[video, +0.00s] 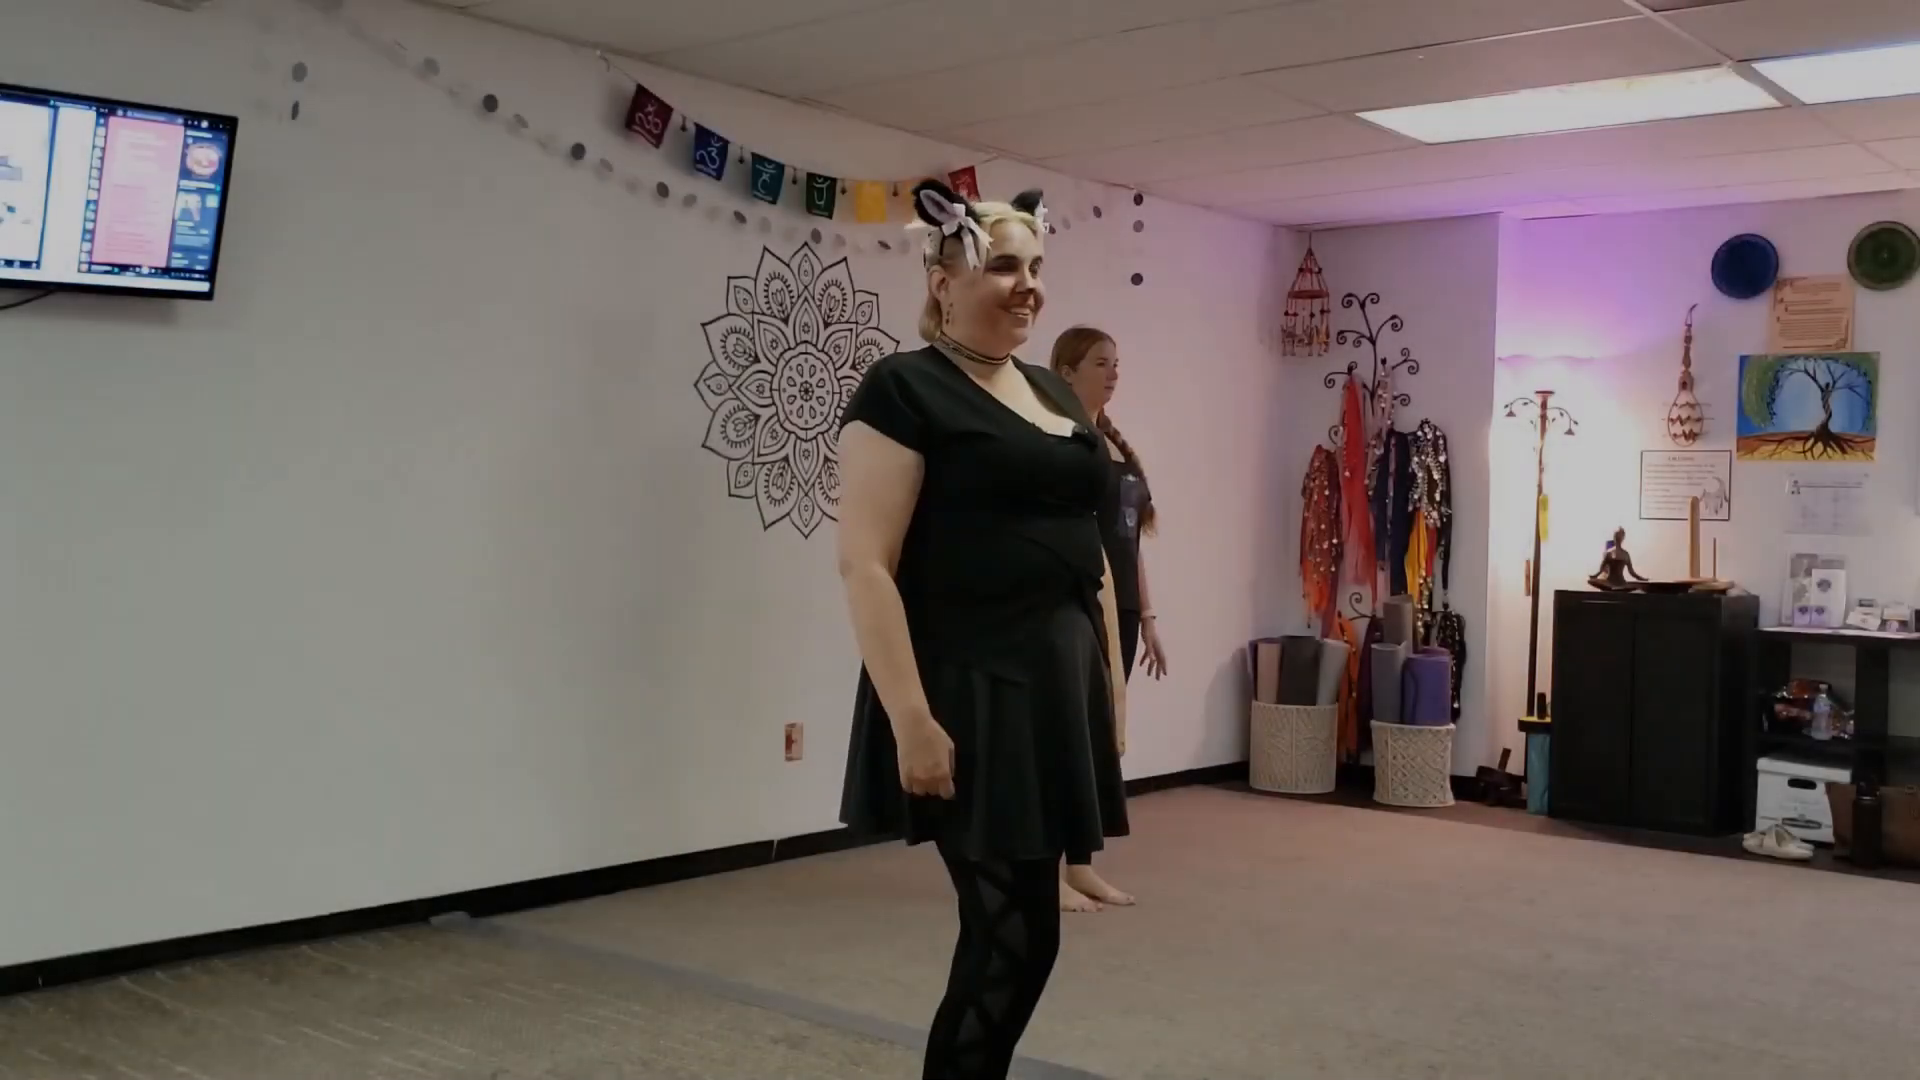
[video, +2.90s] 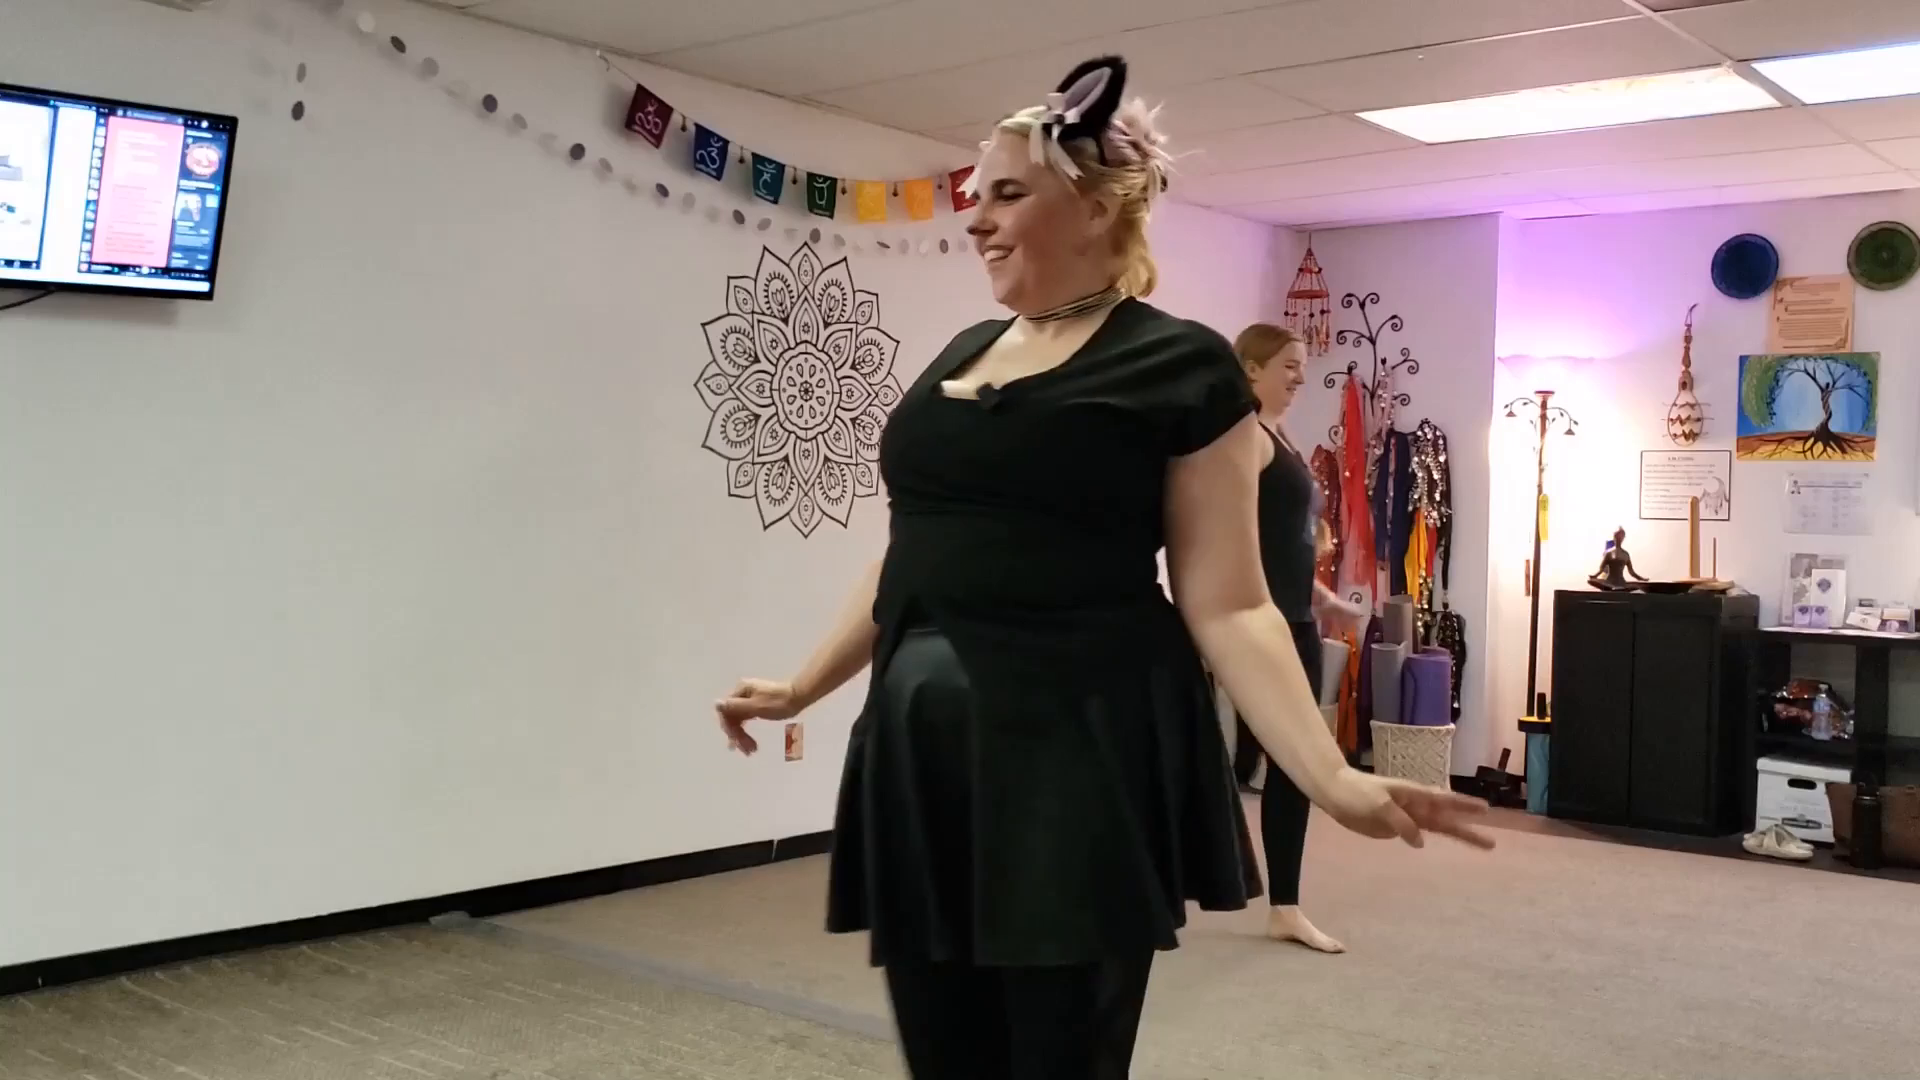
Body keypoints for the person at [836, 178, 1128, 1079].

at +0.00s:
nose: (1028, 283)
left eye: (1036, 268)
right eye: (1004, 264)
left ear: (1043, 283)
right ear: (941, 282)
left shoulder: (1053, 394)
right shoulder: (902, 388)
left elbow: (1092, 555)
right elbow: (863, 564)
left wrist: (1112, 681)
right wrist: (910, 721)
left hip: (1055, 690)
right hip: (959, 692)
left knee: (1015, 938)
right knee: (1015, 940)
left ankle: (967, 1072)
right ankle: (955, 1070)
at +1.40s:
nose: (1048, 282)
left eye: (1059, 265)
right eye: (1025, 264)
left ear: (1068, 271)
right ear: (967, 272)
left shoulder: (1075, 383)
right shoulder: (921, 375)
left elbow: (1116, 549)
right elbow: (846, 541)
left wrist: (1222, 635)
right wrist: (830, 698)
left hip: (1051, 666)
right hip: (942, 664)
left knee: (990, 918)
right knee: (1074, 898)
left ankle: (965, 1076)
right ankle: (1033, 1070)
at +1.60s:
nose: (1061, 276)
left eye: (1074, 258)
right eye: (1035, 259)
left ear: (1088, 275)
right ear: (989, 276)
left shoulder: (1109, 401)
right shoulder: (945, 376)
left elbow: (1157, 555)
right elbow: (854, 534)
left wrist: (1310, 548)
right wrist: (778, 678)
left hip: (1071, 678)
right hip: (960, 680)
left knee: (999, 932)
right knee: (1061, 940)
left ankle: (972, 1074)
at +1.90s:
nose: (1079, 266)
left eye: (1096, 247)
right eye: (1054, 253)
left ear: (1127, 268)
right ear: (1023, 284)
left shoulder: (1181, 398)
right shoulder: (982, 389)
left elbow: (1258, 547)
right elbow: (879, 552)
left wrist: (1384, 456)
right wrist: (772, 681)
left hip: (1136, 715)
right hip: (998, 709)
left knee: (1101, 966)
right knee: (1070, 977)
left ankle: (1016, 1065)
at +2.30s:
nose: (1081, 243)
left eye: (1108, 227)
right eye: (1061, 225)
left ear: (1150, 253)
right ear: (1037, 249)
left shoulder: (1214, 364)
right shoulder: (983, 377)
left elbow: (1299, 534)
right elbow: (894, 550)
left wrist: (1424, 547)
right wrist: (766, 637)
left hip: (1180, 718)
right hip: (1024, 721)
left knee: (1168, 996)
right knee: (1073, 1008)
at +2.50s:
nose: (1054, 222)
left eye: (1086, 201)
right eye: (1042, 206)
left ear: (1148, 224)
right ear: (1029, 234)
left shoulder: (1219, 369)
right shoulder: (989, 367)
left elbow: (1286, 569)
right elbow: (918, 551)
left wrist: (1374, 699)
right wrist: (803, 641)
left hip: (1164, 749)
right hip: (1010, 748)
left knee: (1103, 1047)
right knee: (1061, 1041)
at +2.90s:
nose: (979, 217)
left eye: (1008, 192)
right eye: (975, 199)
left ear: (1102, 200)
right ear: (973, 216)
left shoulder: (1181, 365)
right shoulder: (962, 356)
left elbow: (1233, 605)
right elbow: (912, 561)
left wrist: (1335, 783)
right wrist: (804, 685)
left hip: (1082, 771)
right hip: (921, 764)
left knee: (1061, 1057)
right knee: (944, 1056)